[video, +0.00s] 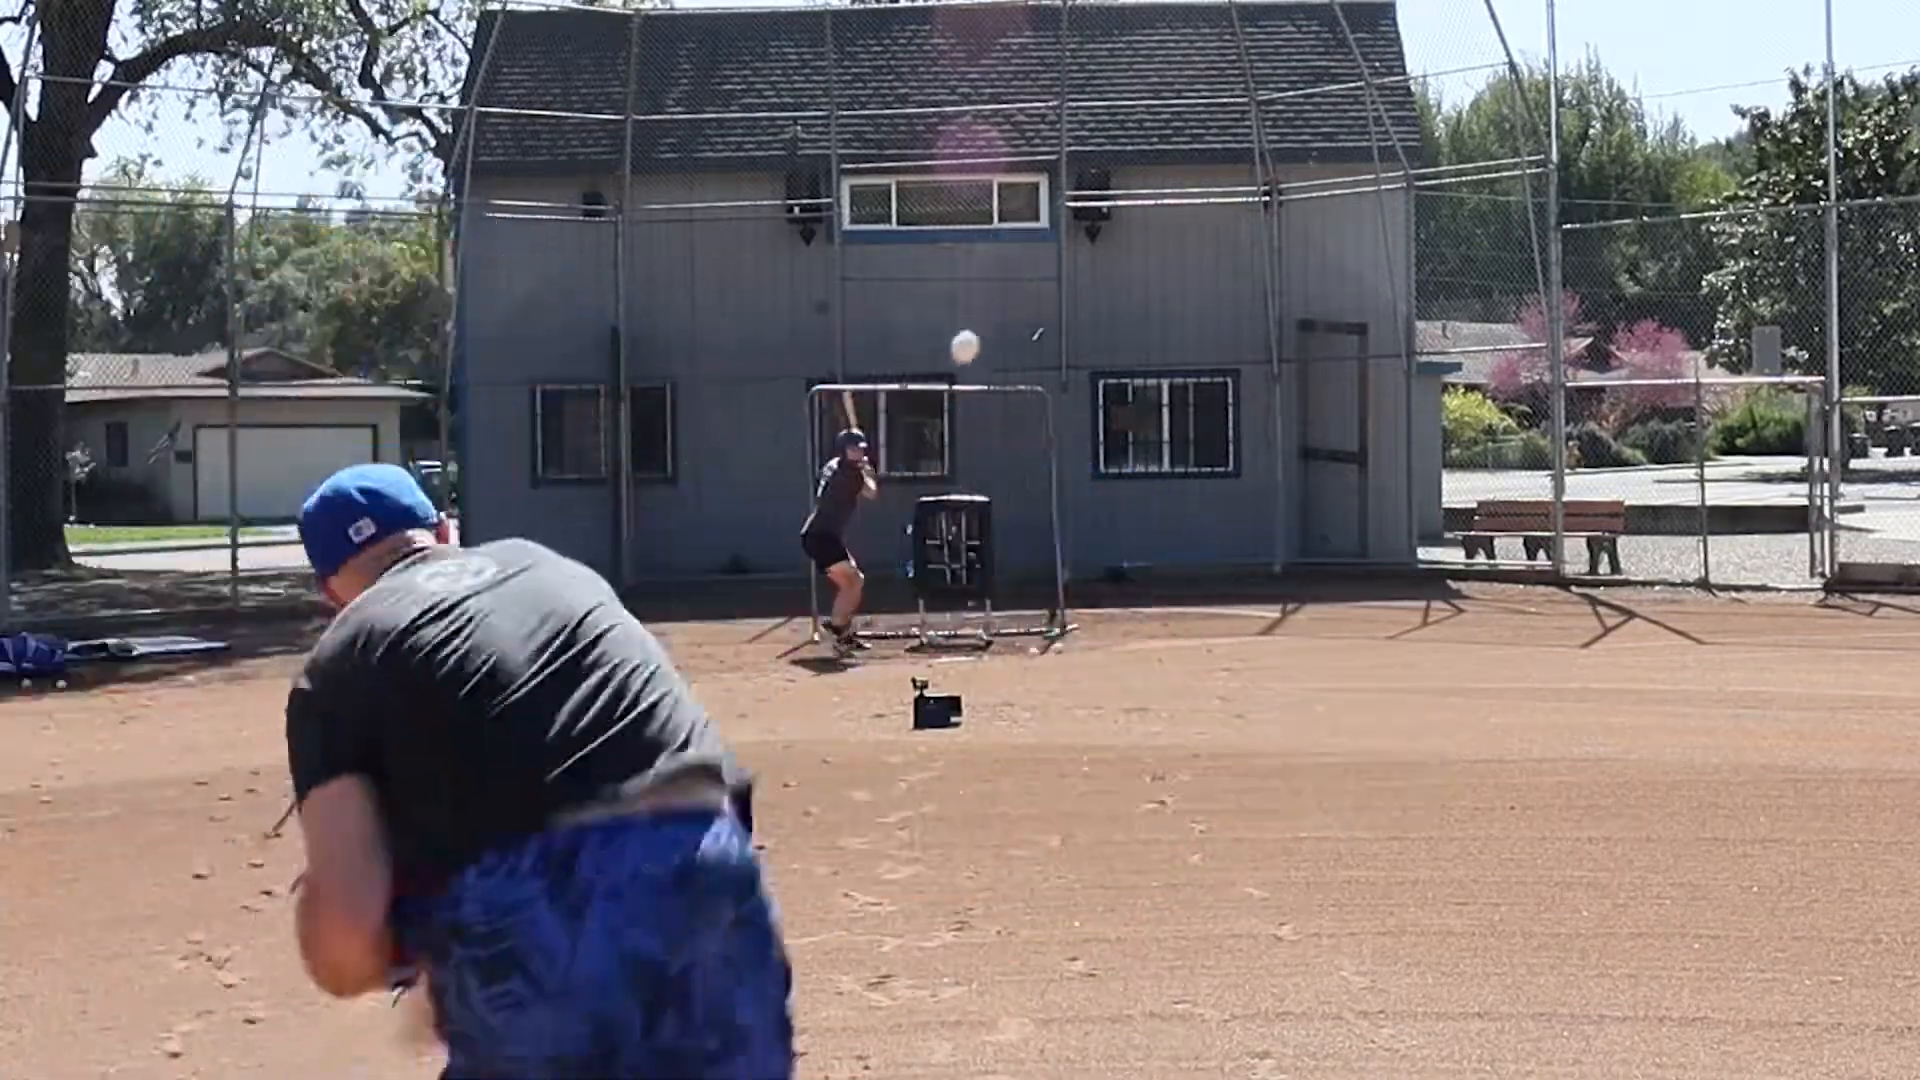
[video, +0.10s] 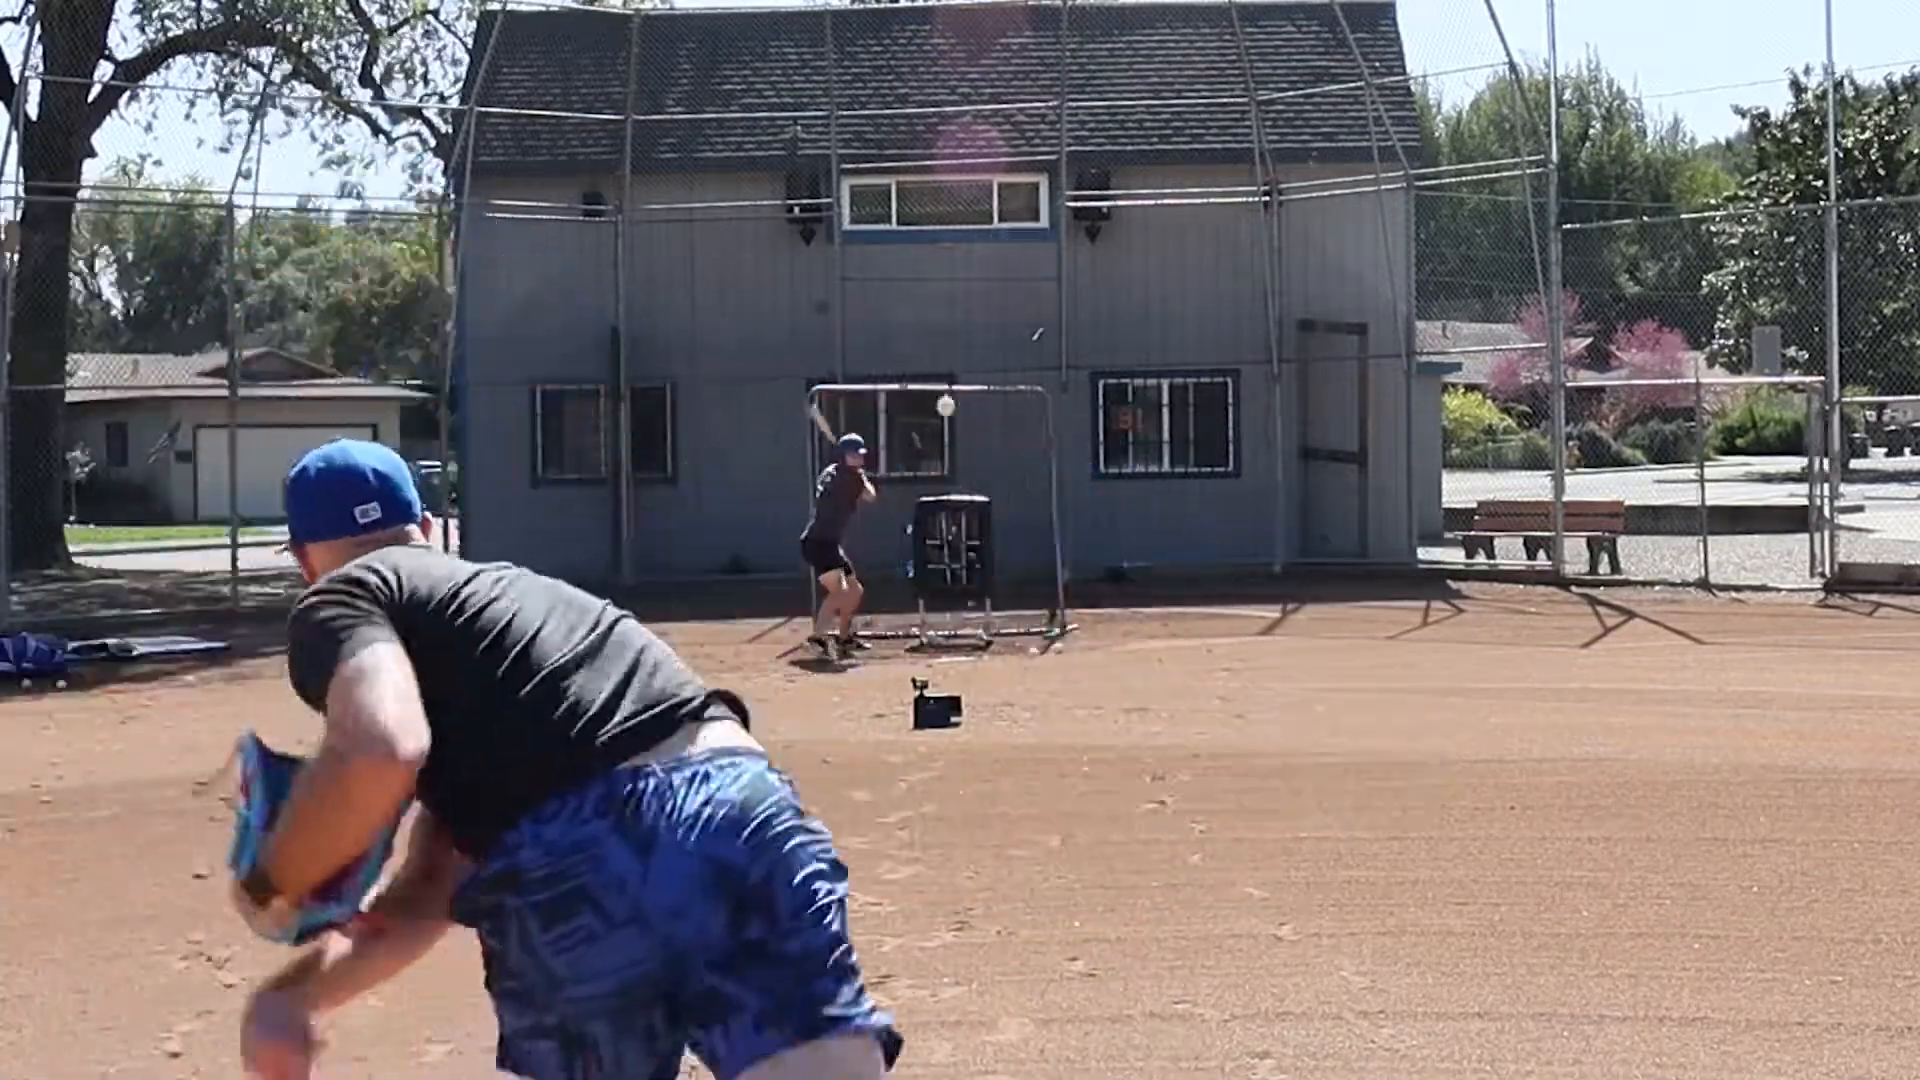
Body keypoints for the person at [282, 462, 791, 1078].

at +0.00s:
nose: (336, 608)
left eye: (329, 597)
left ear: (332, 591)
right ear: (447, 532)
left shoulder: (335, 665)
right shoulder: (546, 563)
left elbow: (347, 953)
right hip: (709, 866)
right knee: (735, 1067)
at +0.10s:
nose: (303, 572)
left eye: (298, 557)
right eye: (298, 560)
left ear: (307, 554)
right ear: (429, 530)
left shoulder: (342, 598)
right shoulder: (510, 594)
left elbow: (386, 746)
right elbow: (423, 892)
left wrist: (275, 885)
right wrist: (296, 996)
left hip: (568, 860)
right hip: (744, 802)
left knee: (584, 1056)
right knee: (827, 1055)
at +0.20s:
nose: (280, 539)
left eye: (276, 520)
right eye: (288, 522)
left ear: (286, 511)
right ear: (392, 486)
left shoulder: (331, 553)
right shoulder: (474, 563)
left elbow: (414, 642)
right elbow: (447, 817)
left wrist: (292, 802)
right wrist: (364, 938)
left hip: (591, 827)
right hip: (748, 756)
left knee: (590, 1062)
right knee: (933, 1062)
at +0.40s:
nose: (267, 410)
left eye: (262, 390)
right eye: (264, 389)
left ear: (275, 393)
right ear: (386, 365)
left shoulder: (316, 472)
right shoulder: (464, 438)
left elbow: (424, 640)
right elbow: (550, 650)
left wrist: (327, 800)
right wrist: (499, 858)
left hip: (610, 824)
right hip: (752, 744)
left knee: (605, 1061)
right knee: (897, 1037)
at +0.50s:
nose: (297, 373)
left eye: (290, 354)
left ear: (300, 358)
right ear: (428, 325)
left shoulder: (357, 464)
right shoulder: (504, 402)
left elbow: (432, 686)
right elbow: (569, 596)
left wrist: (319, 797)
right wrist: (488, 774)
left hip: (633, 845)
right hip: (769, 773)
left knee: (626, 1057)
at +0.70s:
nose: (346, 311)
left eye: (341, 292)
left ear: (352, 302)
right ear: (487, 274)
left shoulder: (438, 446)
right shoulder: (578, 373)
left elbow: (499, 739)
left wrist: (332, 777)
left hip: (678, 860)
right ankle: (145, 1066)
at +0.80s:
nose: (355, 286)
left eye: (353, 260)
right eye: (353, 259)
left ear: (373, 270)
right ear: (493, 246)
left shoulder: (482, 419)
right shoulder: (571, 356)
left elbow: (540, 747)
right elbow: (590, 586)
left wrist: (345, 770)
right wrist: (400, 653)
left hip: (684, 858)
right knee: (282, 908)